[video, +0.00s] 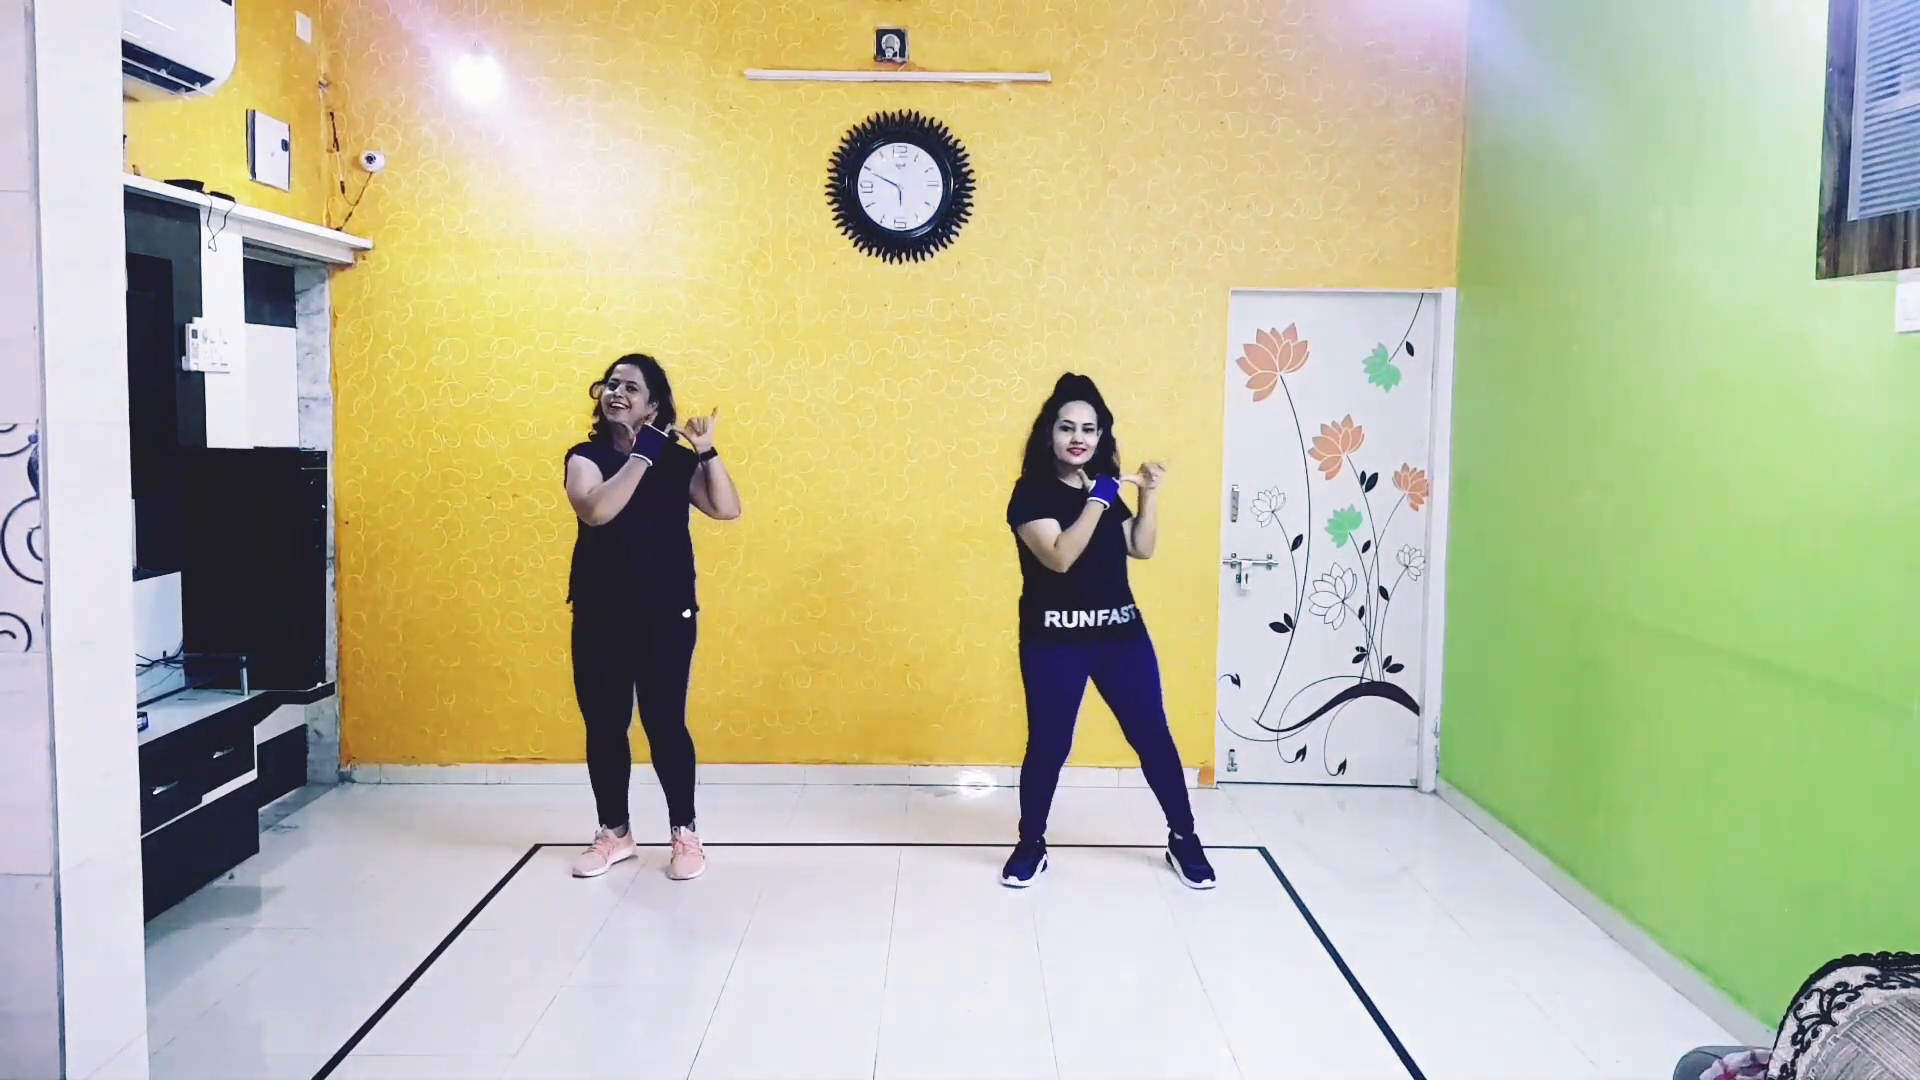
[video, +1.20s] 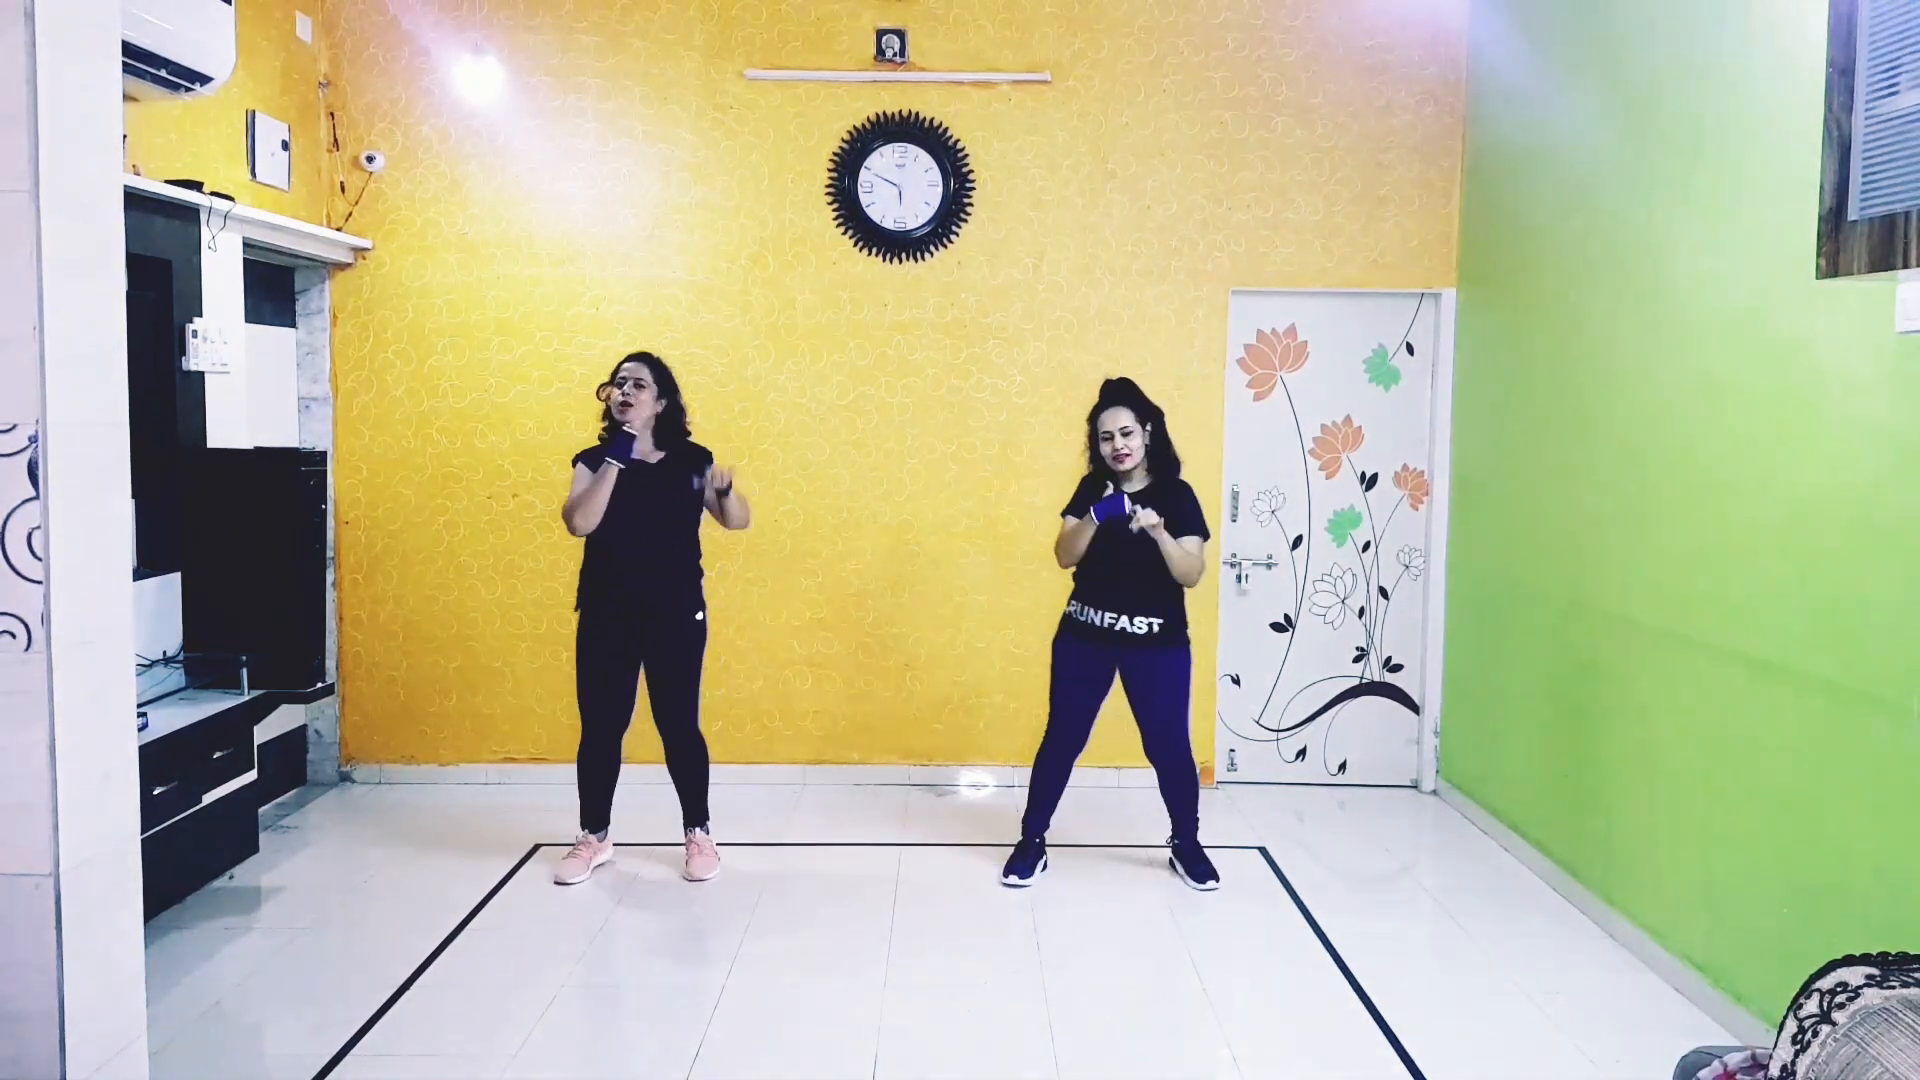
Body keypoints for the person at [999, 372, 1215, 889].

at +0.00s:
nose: (1078, 439)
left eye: (1089, 429)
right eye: (1067, 427)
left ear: (1102, 435)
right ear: (1048, 432)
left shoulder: (1107, 487)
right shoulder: (1029, 493)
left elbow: (1142, 548)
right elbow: (1057, 559)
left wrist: (1148, 498)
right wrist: (1097, 503)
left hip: (1118, 634)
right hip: (1053, 640)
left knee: (1153, 738)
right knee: (1048, 747)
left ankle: (1185, 838)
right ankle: (1031, 843)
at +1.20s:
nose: (1119, 445)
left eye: (1128, 433)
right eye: (1107, 437)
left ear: (1148, 434)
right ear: (1097, 443)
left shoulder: (1176, 494)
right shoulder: (1093, 488)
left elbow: (1191, 573)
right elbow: (1065, 557)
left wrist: (1160, 533)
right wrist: (1094, 516)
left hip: (1156, 643)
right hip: (1086, 635)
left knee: (1171, 750)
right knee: (1062, 739)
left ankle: (1187, 843)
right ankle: (1032, 840)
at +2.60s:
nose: (1063, 427)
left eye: (1072, 419)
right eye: (1051, 418)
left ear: (1082, 428)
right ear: (1031, 426)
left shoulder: (1089, 477)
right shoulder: (1012, 478)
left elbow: (1098, 550)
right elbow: (1009, 552)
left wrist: (1109, 613)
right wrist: (1048, 486)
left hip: (1095, 630)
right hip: (1030, 635)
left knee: (1130, 736)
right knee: (1033, 748)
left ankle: (1166, 837)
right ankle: (1030, 843)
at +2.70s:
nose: (1069, 427)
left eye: (1078, 418)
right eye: (1058, 417)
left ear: (1090, 427)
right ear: (1038, 424)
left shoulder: (1095, 478)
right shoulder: (1016, 475)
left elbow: (1100, 552)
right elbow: (1005, 545)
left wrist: (1111, 617)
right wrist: (1051, 484)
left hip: (1090, 628)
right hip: (1025, 632)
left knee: (1127, 737)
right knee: (1030, 745)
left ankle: (1164, 837)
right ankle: (1030, 843)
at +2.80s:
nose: (1075, 428)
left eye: (1085, 419)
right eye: (1064, 418)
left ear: (1098, 428)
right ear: (1046, 425)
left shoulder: (1101, 486)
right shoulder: (1023, 471)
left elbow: (1108, 565)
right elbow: (1002, 539)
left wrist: (1120, 633)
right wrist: (1052, 483)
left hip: (1089, 630)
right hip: (1022, 631)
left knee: (1126, 735)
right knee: (1029, 744)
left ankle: (1163, 837)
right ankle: (1030, 843)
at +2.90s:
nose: (1080, 429)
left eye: (1090, 420)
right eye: (1069, 420)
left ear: (1106, 428)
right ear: (1053, 427)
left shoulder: (1108, 494)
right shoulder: (1028, 473)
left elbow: (1118, 573)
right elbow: (1002, 532)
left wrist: (1132, 646)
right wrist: (1057, 481)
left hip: (1089, 632)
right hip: (1021, 631)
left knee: (1127, 737)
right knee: (1028, 744)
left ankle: (1163, 837)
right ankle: (1029, 844)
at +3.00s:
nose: (1089, 432)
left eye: (1100, 422)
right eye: (1078, 423)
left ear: (1117, 430)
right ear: (1064, 432)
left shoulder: (1126, 501)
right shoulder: (1043, 473)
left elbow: (1134, 584)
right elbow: (1007, 528)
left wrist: (1150, 656)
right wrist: (1062, 483)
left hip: (1093, 636)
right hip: (1023, 630)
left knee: (1129, 741)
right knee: (1028, 741)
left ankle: (1166, 839)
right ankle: (1030, 843)